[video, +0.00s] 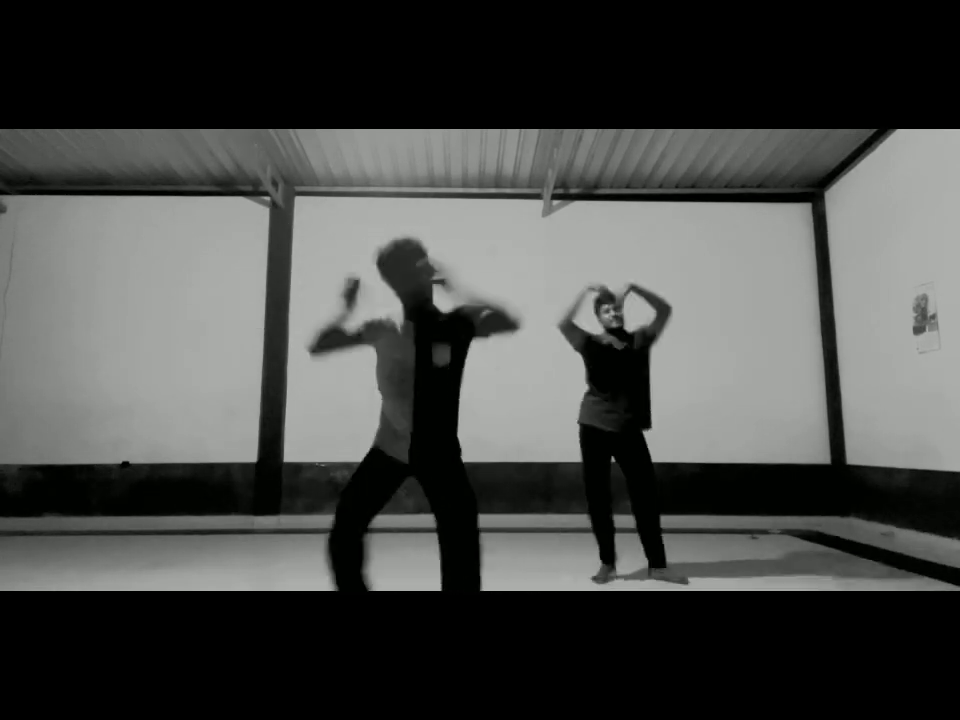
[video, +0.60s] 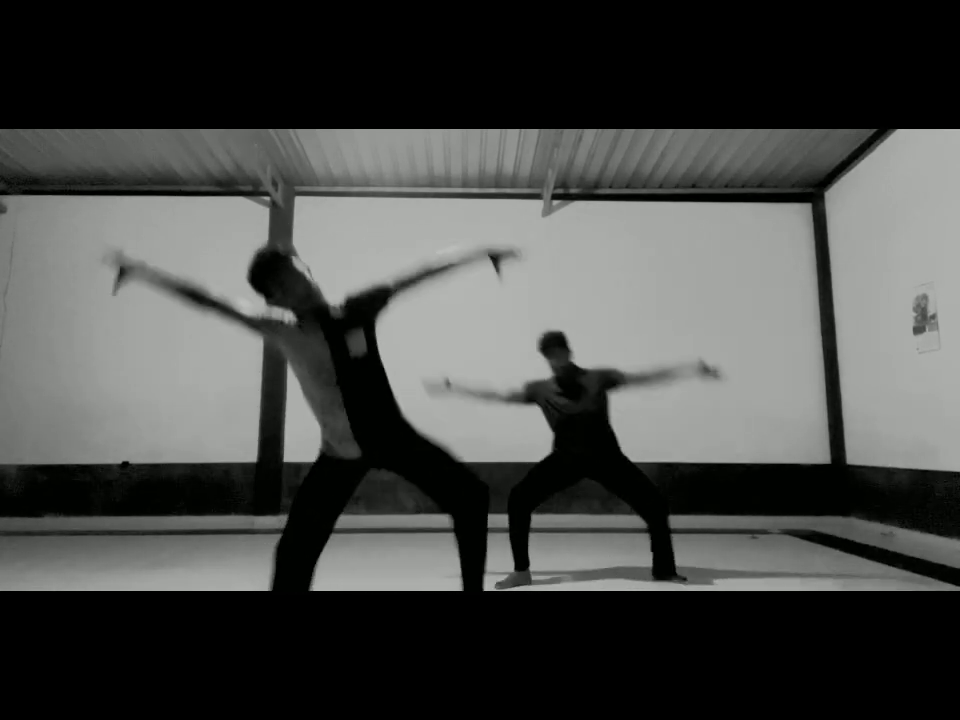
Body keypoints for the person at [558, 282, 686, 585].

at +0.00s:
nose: (612, 312)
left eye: (615, 307)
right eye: (605, 309)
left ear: (622, 311)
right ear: (597, 316)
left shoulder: (640, 341)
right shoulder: (591, 344)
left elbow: (664, 310)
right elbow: (563, 324)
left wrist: (635, 288)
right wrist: (584, 294)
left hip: (629, 429)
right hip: (595, 428)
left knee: (645, 494)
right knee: (597, 496)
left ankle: (657, 565)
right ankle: (607, 563)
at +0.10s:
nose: (623, 323)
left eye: (627, 319)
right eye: (617, 319)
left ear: (635, 324)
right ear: (610, 325)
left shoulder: (647, 354)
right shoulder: (602, 351)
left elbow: (662, 354)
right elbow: (587, 350)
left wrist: (641, 323)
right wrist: (602, 319)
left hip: (632, 432)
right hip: (596, 428)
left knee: (655, 488)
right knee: (575, 483)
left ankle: (659, 565)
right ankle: (587, 549)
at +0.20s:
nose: (631, 339)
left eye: (636, 334)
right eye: (625, 334)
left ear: (644, 336)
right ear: (619, 336)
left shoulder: (654, 372)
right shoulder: (605, 362)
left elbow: (646, 395)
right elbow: (597, 395)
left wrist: (636, 367)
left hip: (634, 441)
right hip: (598, 433)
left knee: (667, 495)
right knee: (556, 472)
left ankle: (660, 567)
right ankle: (558, 548)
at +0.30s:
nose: (630, 357)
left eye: (634, 351)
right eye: (625, 351)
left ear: (641, 349)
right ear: (617, 349)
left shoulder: (651, 385)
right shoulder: (599, 377)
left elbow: (651, 420)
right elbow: (589, 417)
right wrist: (605, 429)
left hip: (631, 452)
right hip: (594, 448)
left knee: (673, 499)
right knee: (547, 476)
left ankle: (662, 567)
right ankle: (527, 550)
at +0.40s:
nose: (613, 368)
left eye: (617, 361)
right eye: (608, 362)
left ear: (623, 359)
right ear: (602, 360)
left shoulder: (641, 391)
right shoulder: (589, 388)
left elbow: (659, 429)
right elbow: (573, 424)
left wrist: (674, 463)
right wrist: (554, 458)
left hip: (629, 462)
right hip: (590, 461)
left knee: (675, 504)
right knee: (541, 493)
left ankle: (663, 571)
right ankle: (520, 565)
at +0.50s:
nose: (587, 367)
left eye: (588, 361)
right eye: (582, 362)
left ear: (592, 361)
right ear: (579, 363)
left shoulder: (619, 392)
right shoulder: (565, 397)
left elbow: (664, 418)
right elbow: (533, 425)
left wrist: (707, 431)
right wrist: (494, 438)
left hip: (618, 466)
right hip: (575, 467)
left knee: (669, 504)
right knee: (528, 496)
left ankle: (664, 570)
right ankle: (522, 569)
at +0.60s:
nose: (557, 360)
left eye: (560, 354)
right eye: (552, 356)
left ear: (569, 352)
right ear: (545, 359)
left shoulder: (598, 379)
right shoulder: (539, 391)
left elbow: (649, 378)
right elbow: (495, 396)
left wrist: (693, 370)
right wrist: (452, 389)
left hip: (606, 460)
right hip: (564, 462)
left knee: (654, 505)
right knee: (519, 500)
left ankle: (664, 572)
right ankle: (521, 571)